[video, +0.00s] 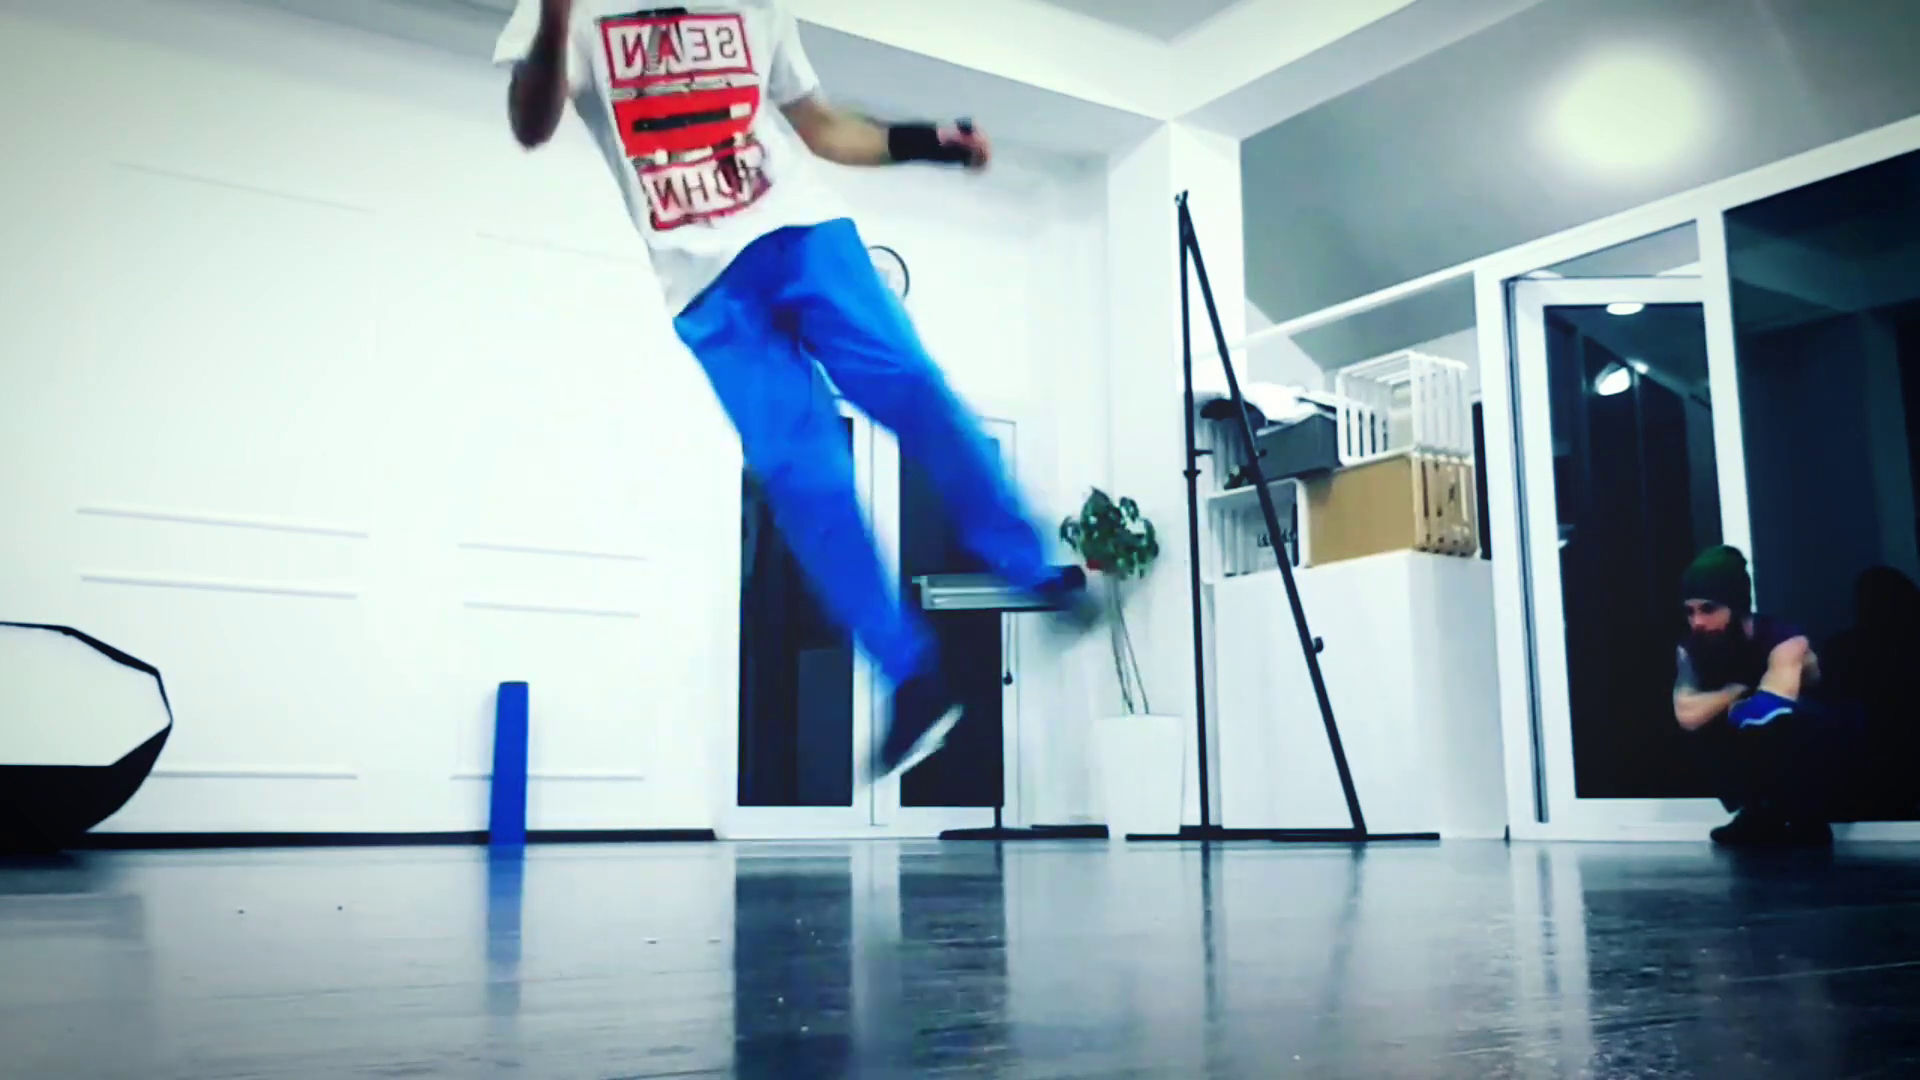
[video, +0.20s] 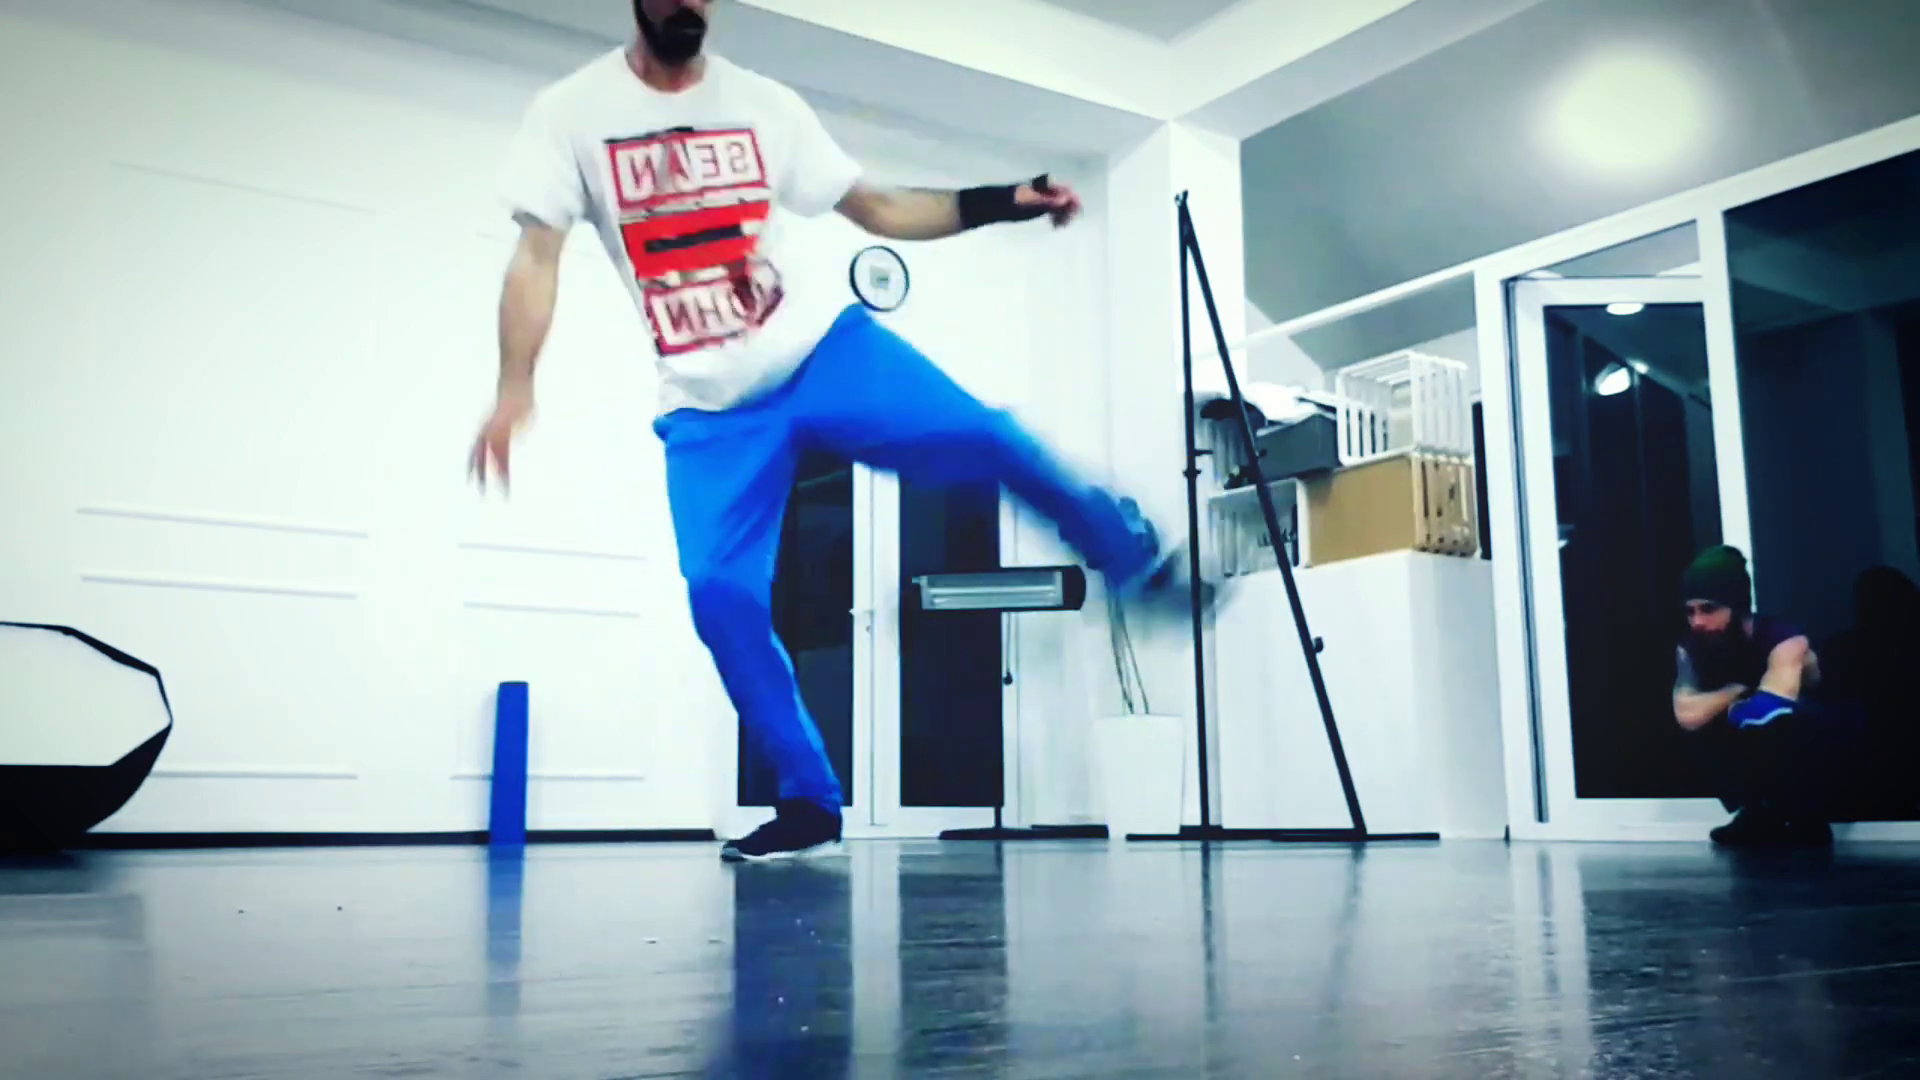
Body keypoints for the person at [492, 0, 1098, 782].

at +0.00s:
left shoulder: (757, 13)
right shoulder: (568, 16)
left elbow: (822, 127)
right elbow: (530, 128)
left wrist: (930, 141)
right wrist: (552, 19)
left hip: (800, 225)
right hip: (698, 280)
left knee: (914, 391)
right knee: (801, 473)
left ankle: (1037, 569)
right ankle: (911, 672)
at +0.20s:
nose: (685, 10)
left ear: (713, 9)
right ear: (634, 4)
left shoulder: (764, 107)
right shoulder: (570, 115)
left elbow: (877, 210)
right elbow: (535, 256)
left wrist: (1009, 201)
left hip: (826, 353)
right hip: (711, 411)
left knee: (989, 438)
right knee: (722, 595)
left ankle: (1144, 567)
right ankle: (809, 805)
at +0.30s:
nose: (694, 12)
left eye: (705, 3)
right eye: (676, 3)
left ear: (723, 1)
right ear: (646, 3)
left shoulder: (792, 81)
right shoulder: (591, 109)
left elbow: (892, 188)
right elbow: (556, 268)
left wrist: (1002, 194)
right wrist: (521, 428)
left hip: (805, 356)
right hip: (679, 382)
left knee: (901, 495)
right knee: (648, 549)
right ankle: (738, 760)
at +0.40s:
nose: (699, 36)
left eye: (711, 15)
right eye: (677, 20)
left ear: (735, 13)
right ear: (644, 24)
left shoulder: (816, 103)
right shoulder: (615, 140)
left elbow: (902, 214)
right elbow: (564, 302)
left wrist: (984, 256)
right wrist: (497, 447)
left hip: (794, 398)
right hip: (668, 377)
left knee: (788, 586)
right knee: (584, 527)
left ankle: (659, 784)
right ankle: (524, 664)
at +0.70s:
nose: (757, 96)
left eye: (769, 76)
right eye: (735, 78)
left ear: (786, 69)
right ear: (692, 73)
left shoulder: (837, 182)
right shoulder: (636, 182)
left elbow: (910, 296)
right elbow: (532, 294)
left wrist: (973, 355)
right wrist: (431, 344)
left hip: (814, 436)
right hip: (700, 413)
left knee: (837, 633)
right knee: (737, 530)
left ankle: (651, 777)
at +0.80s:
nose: (770, 147)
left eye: (782, 129)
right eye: (754, 127)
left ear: (797, 127)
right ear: (705, 117)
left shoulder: (833, 227)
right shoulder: (639, 225)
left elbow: (949, 317)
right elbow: (483, 291)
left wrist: (994, 314)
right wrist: (416, 255)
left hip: (842, 495)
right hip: (727, 487)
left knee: (924, 695)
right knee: (843, 559)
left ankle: (693, 757)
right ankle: (855, 733)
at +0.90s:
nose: (781, 241)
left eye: (791, 224)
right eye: (765, 222)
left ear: (803, 222)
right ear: (715, 217)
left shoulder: (845, 330)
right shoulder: (647, 340)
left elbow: (993, 311)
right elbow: (470, 273)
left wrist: (976, 191)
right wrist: (480, 137)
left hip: (868, 597)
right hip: (752, 596)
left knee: (947, 790)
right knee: (899, 636)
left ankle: (722, 767)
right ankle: (861, 810)